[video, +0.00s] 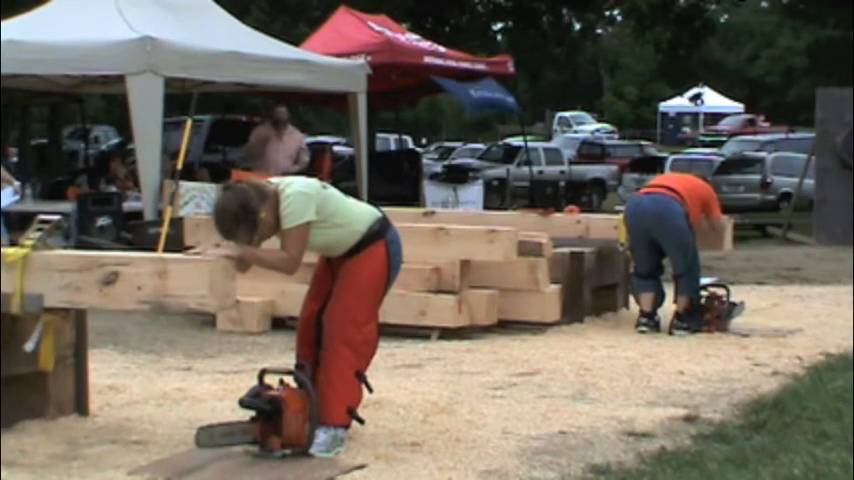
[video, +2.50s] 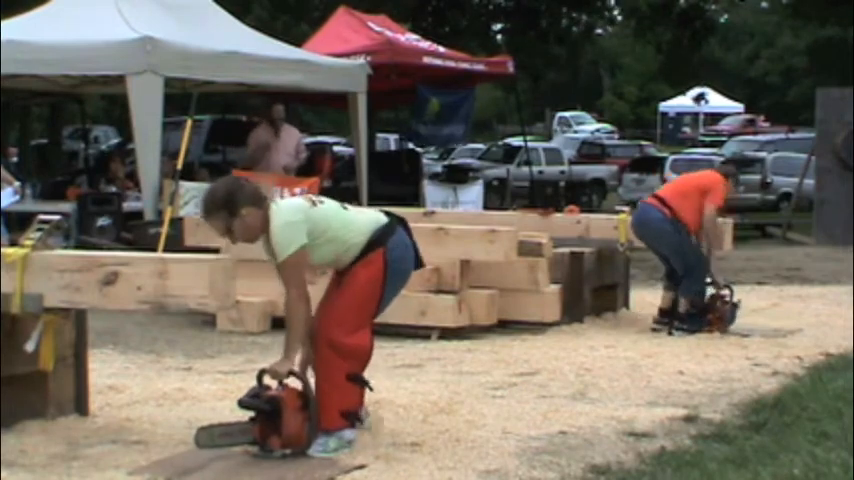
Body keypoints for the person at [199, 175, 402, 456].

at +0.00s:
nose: (259, 240)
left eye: (258, 235)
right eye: (253, 238)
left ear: (264, 213)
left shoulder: (297, 198)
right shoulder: (264, 198)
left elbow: (290, 263)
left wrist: (240, 252)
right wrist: (239, 252)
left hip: (373, 246)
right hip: (337, 251)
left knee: (340, 325)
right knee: (311, 321)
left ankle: (335, 425)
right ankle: (309, 412)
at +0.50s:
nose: (257, 233)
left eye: (256, 228)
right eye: (249, 232)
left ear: (262, 206)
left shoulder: (297, 194)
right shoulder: (263, 194)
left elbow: (290, 261)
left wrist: (242, 253)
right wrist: (230, 252)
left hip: (372, 246)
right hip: (337, 252)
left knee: (340, 325)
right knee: (310, 321)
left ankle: (334, 426)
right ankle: (309, 412)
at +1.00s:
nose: (252, 233)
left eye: (251, 227)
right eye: (244, 231)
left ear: (260, 204)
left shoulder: (296, 195)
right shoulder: (262, 194)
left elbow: (291, 260)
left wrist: (244, 253)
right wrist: (232, 250)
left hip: (371, 247)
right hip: (336, 254)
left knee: (338, 325)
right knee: (309, 322)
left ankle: (334, 425)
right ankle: (309, 413)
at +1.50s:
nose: (246, 234)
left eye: (248, 226)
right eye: (240, 230)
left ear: (261, 204)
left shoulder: (295, 196)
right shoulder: (260, 195)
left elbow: (291, 260)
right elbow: (245, 263)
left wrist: (241, 253)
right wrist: (227, 250)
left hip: (371, 247)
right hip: (335, 254)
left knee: (338, 326)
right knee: (309, 321)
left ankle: (334, 425)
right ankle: (309, 413)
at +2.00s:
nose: (244, 227)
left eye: (242, 219)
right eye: (238, 224)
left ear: (256, 198)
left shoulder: (302, 198)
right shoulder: (263, 214)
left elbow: (325, 262)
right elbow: (277, 267)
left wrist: (281, 281)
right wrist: (264, 293)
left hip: (374, 245)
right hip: (337, 254)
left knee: (338, 322)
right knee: (309, 322)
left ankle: (336, 426)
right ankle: (310, 414)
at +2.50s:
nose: (231, 241)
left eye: (230, 231)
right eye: (226, 235)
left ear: (246, 214)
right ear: (247, 215)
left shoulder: (284, 222)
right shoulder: (274, 227)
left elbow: (298, 296)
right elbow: (295, 296)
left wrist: (287, 359)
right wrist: (304, 351)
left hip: (383, 248)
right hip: (364, 252)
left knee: (334, 331)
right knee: (325, 328)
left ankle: (339, 428)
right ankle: (348, 410)